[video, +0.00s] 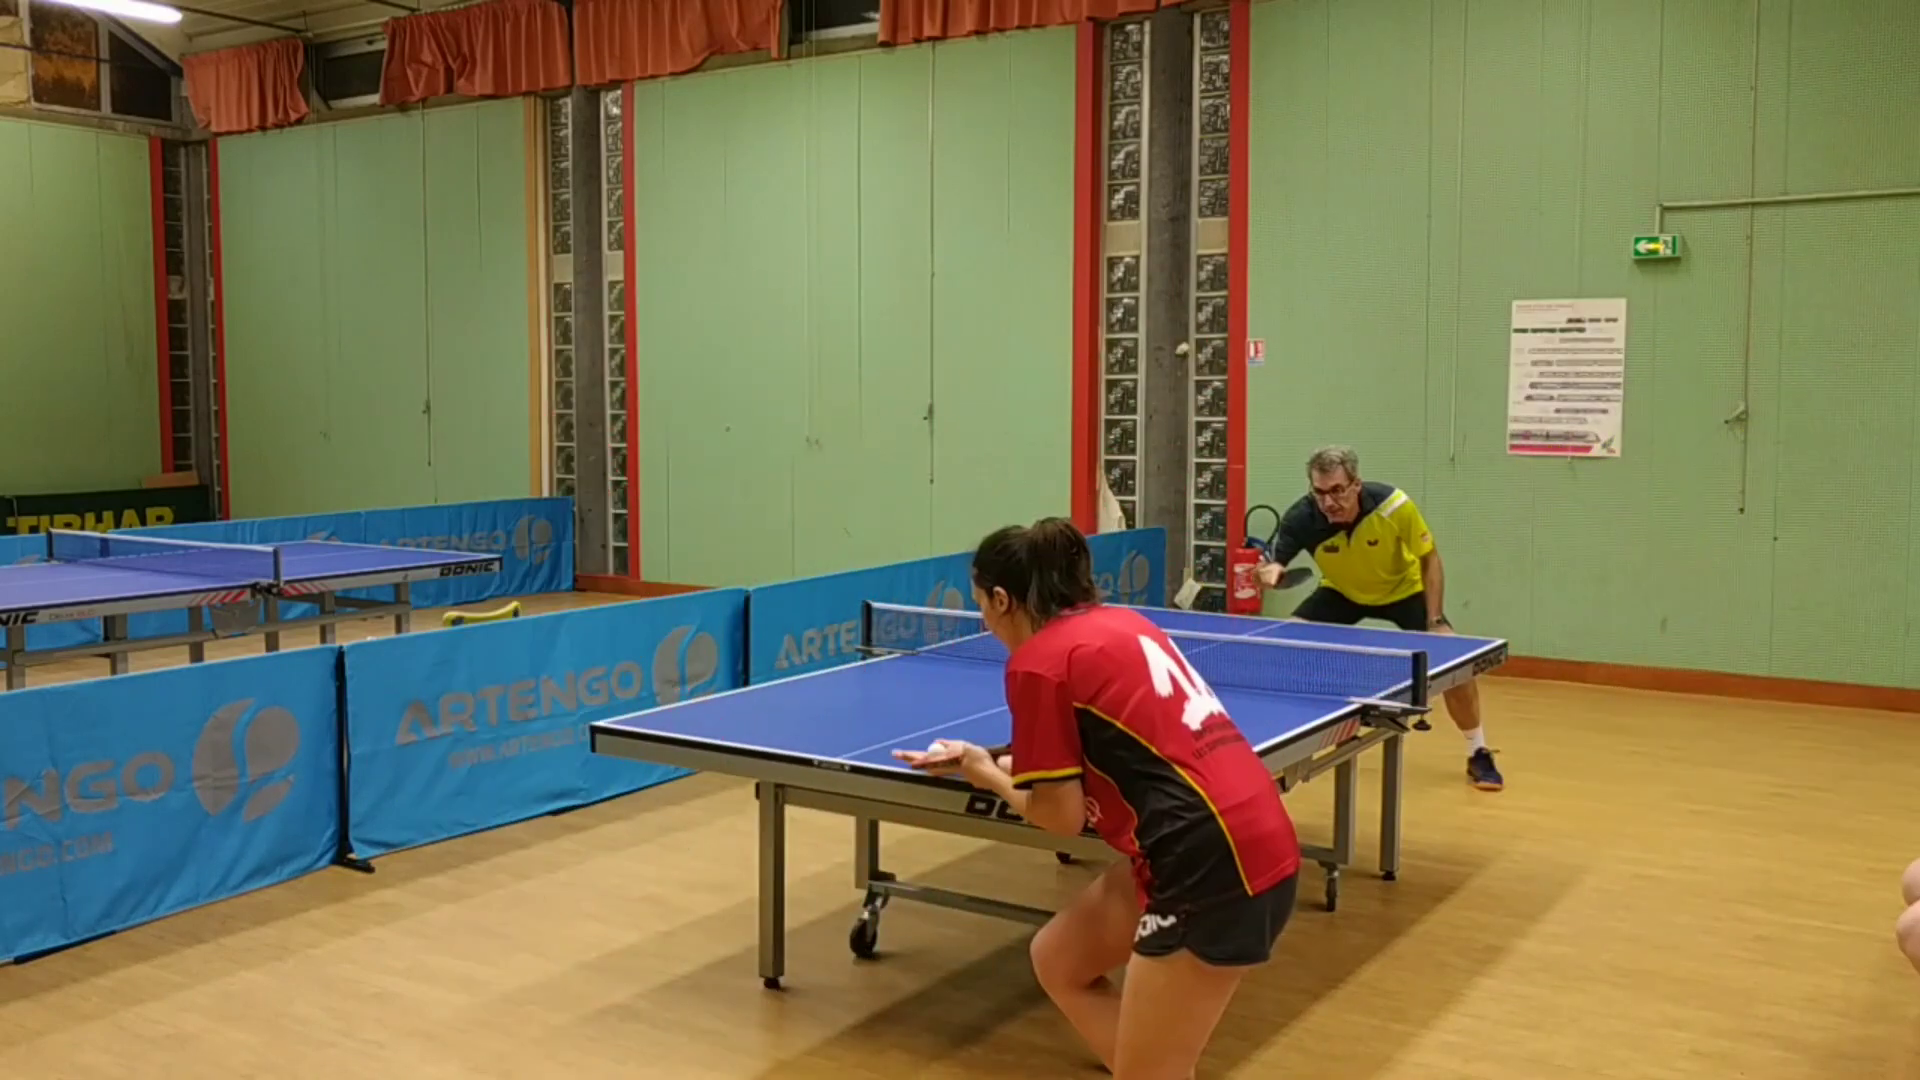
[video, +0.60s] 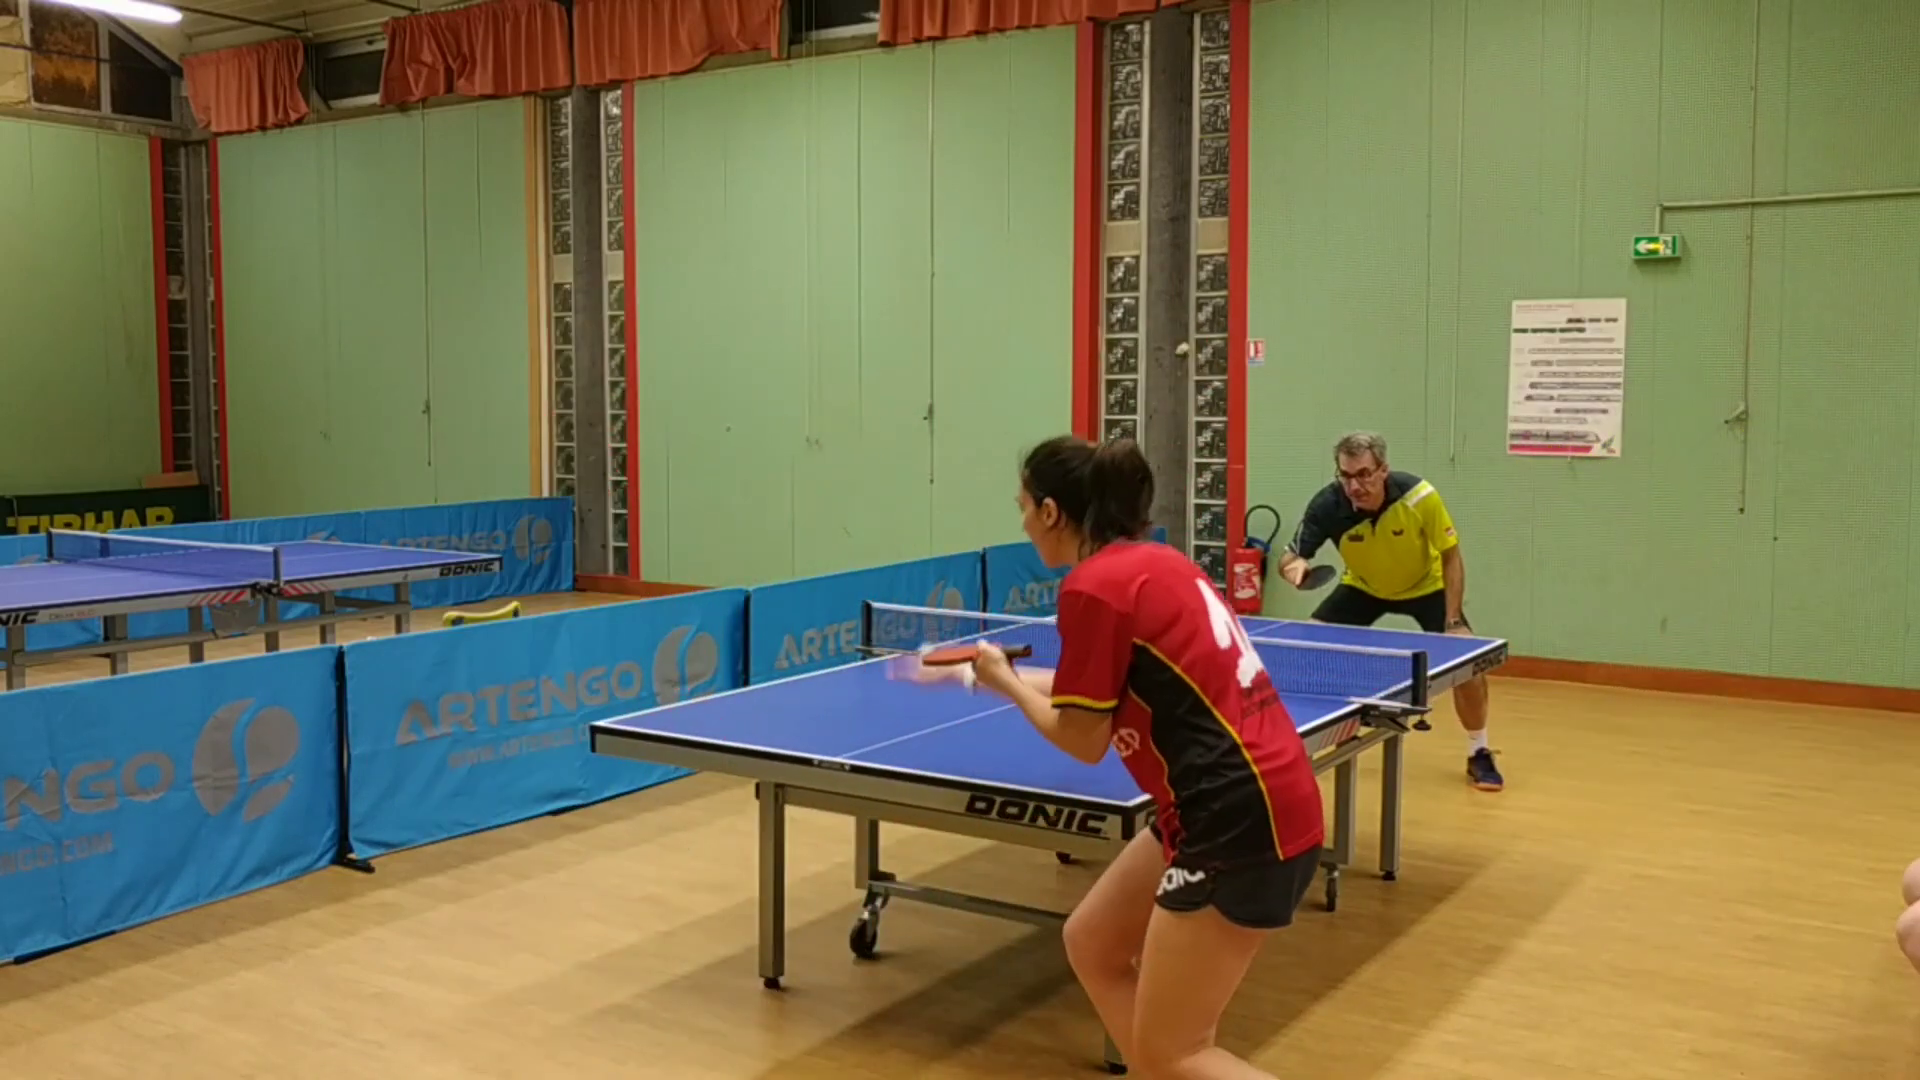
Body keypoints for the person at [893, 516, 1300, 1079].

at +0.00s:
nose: (984, 621)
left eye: (981, 605)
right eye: (980, 606)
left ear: (1003, 600)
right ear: (1066, 581)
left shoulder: (1039, 661)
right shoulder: (1125, 622)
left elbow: (1061, 817)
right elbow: (1112, 762)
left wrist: (991, 777)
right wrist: (986, 759)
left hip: (1213, 870)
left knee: (1147, 1070)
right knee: (1058, 960)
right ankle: (1144, 1068)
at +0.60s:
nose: (1023, 523)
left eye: (1024, 506)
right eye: (1022, 507)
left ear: (1052, 512)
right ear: (1104, 504)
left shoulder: (1094, 587)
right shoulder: (1158, 562)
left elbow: (1084, 742)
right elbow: (1114, 694)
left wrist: (1010, 683)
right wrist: (995, 669)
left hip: (1245, 828)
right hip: (1209, 810)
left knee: (1168, 1054)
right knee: (1093, 941)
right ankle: (1154, 1069)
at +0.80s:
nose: (1061, 462)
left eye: (1066, 448)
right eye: (1063, 447)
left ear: (1094, 459)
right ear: (1147, 455)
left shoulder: (1136, 544)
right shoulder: (1207, 519)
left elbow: (1118, 705)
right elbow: (1124, 613)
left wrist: (1017, 680)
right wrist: (1021, 551)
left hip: (1269, 802)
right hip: (1238, 786)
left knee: (1221, 1039)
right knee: (1130, 932)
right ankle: (1176, 1072)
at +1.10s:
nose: (1081, 423)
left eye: (1084, 407)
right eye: (1080, 408)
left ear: (1118, 417)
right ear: (1163, 413)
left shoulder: (1167, 497)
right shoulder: (1235, 471)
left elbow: (1143, 620)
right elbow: (1228, 552)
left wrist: (986, 616)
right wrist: (1130, 520)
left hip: (1306, 760)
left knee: (1293, 1022)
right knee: (1164, 895)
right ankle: (1293, 1051)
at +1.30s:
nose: (1041, 465)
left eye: (1043, 446)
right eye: (1039, 448)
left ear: (1077, 441)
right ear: (1112, 434)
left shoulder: (1118, 507)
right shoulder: (1206, 486)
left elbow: (1160, 617)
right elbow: (1238, 570)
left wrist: (1052, 665)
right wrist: (1126, 563)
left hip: (1273, 769)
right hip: (1317, 738)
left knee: (1288, 1026)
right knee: (1159, 899)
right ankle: (1244, 1067)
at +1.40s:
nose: (1028, 457)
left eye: (1026, 442)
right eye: (1025, 443)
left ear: (1043, 440)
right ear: (1119, 428)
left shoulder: (1074, 506)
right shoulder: (1183, 485)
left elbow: (1088, 636)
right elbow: (1234, 601)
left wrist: (1081, 707)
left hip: (1228, 775)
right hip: (1284, 753)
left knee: (1266, 1021)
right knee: (1162, 923)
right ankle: (1189, 1073)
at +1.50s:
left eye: (1037, 410)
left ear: (1039, 418)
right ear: (1117, 409)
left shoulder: (1034, 498)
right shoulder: (1159, 476)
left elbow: (1005, 621)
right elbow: (1197, 596)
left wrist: (988, 741)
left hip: (1170, 768)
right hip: (1243, 746)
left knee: (1175, 1006)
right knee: (1172, 985)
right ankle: (1176, 1067)